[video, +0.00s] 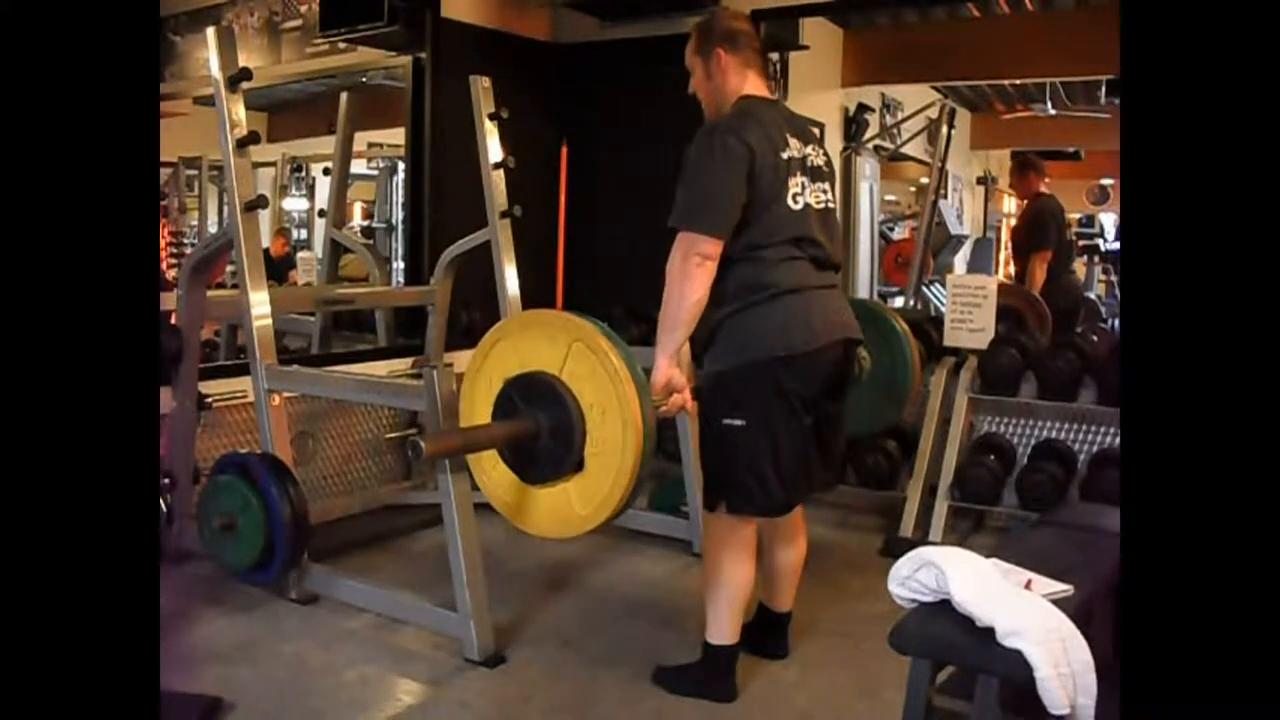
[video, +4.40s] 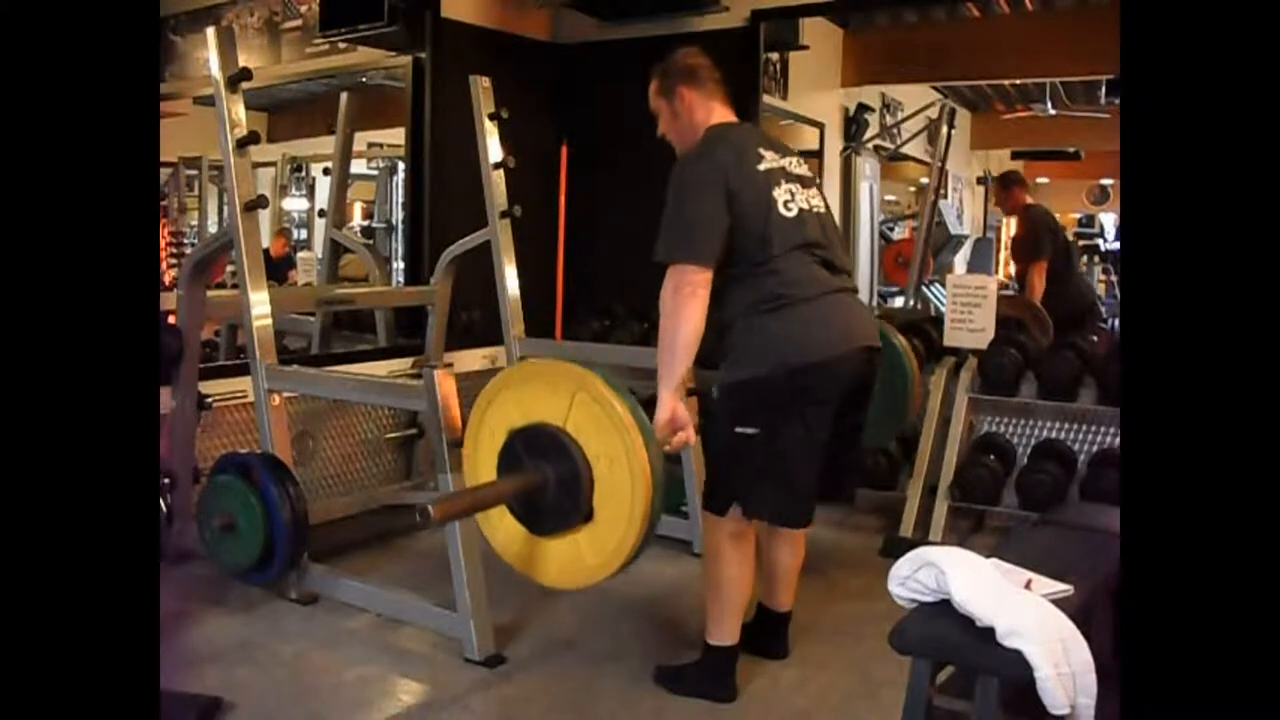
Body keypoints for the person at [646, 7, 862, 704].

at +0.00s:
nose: (693, 89)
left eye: (693, 74)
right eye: (691, 76)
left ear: (719, 62)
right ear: (753, 62)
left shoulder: (728, 134)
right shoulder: (808, 130)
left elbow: (698, 252)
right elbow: (807, 243)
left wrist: (668, 353)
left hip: (758, 347)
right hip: (828, 340)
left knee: (731, 511)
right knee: (784, 498)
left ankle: (715, 668)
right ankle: (772, 631)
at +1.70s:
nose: (641, 186)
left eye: (639, 169)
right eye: (637, 172)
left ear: (662, 156)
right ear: (695, 152)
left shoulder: (685, 212)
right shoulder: (751, 195)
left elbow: (669, 330)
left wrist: (651, 440)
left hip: (804, 361)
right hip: (878, 348)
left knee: (736, 503)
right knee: (795, 501)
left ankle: (716, 667)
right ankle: (772, 630)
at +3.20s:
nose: (671, 111)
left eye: (673, 96)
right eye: (671, 97)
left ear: (696, 90)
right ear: (733, 91)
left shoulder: (703, 157)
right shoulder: (779, 155)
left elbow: (679, 271)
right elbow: (815, 255)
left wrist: (661, 383)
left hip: (775, 357)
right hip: (844, 346)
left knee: (736, 502)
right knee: (797, 497)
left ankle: (717, 665)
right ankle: (775, 630)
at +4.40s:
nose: (662, 133)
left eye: (660, 116)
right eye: (658, 119)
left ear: (685, 99)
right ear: (720, 97)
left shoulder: (706, 160)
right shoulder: (783, 156)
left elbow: (689, 280)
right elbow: (814, 261)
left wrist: (669, 391)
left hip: (773, 356)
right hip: (844, 347)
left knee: (729, 511)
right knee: (789, 498)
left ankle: (716, 666)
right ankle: (773, 629)